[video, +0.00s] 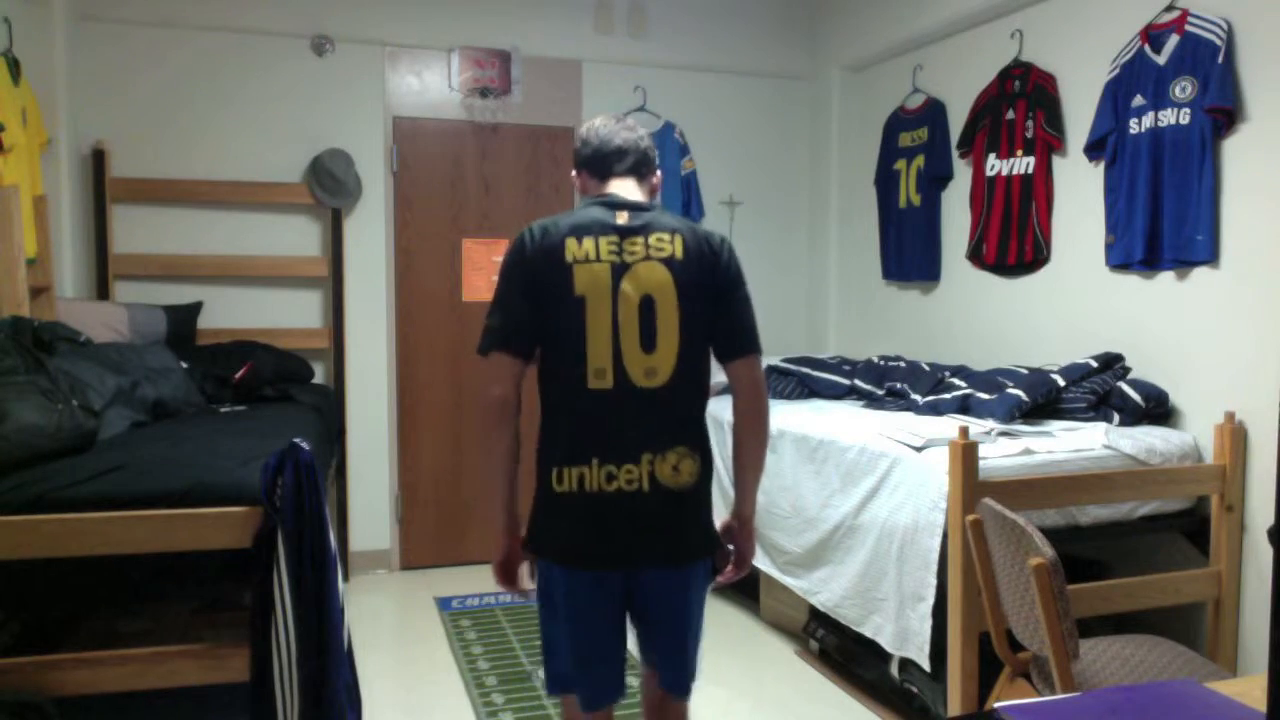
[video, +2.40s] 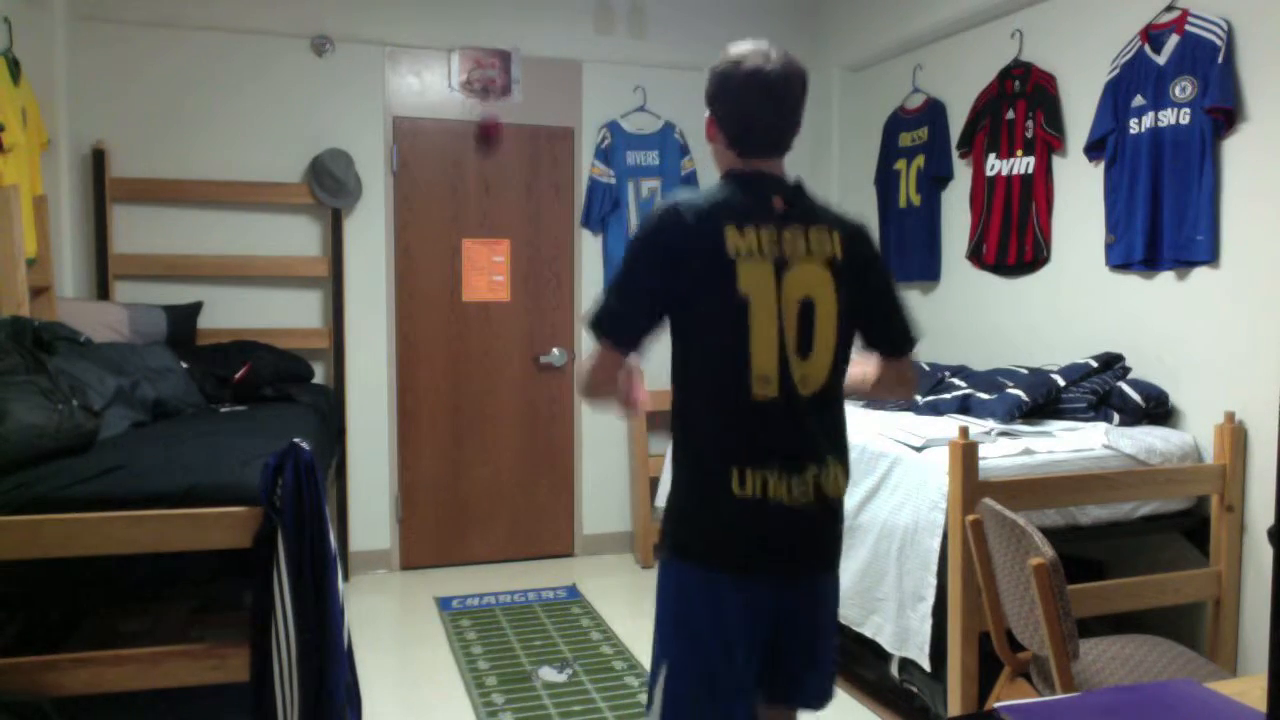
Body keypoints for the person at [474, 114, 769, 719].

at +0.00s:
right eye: (656, 176)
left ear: (578, 177)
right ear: (655, 179)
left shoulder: (537, 246)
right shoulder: (706, 249)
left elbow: (500, 395)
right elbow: (751, 392)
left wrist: (507, 527)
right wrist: (745, 513)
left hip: (575, 522)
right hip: (676, 521)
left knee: (585, 701)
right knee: (669, 694)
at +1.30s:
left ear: (583, 188)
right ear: (662, 190)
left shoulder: (538, 251)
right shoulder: (716, 251)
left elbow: (462, 388)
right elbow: (775, 398)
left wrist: (514, 420)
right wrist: (793, 551)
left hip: (601, 521)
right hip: (701, 512)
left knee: (610, 702)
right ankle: (589, 670)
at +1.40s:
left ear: (589, 186)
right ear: (668, 186)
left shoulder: (544, 252)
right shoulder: (722, 247)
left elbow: (467, 388)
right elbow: (779, 397)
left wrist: (558, 400)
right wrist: (792, 542)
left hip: (604, 522)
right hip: (705, 512)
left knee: (615, 704)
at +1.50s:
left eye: (600, 162)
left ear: (602, 171)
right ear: (684, 169)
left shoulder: (557, 251)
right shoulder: (737, 250)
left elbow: (487, 394)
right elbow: (791, 397)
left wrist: (568, 377)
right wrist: (787, 519)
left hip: (612, 529)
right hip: (713, 522)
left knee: (624, 706)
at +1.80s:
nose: (636, 140)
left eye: (638, 129)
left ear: (644, 141)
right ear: (722, 136)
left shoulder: (634, 248)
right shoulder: (776, 250)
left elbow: (579, 399)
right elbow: (801, 401)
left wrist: (560, 391)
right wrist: (752, 460)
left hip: (651, 535)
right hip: (743, 532)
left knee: (629, 707)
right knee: (726, 698)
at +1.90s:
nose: (652, 136)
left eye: (652, 124)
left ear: (659, 138)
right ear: (738, 134)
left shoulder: (659, 246)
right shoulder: (790, 247)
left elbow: (650, 409)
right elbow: (797, 401)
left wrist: (578, 395)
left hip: (669, 532)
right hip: (761, 531)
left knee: (640, 705)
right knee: (751, 705)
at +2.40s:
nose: (706, 126)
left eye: (706, 116)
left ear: (713, 128)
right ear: (793, 127)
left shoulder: (680, 228)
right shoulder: (843, 237)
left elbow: (597, 379)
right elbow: (898, 381)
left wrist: (624, 380)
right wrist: (833, 376)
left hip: (715, 526)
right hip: (813, 524)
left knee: (704, 704)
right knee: (780, 703)